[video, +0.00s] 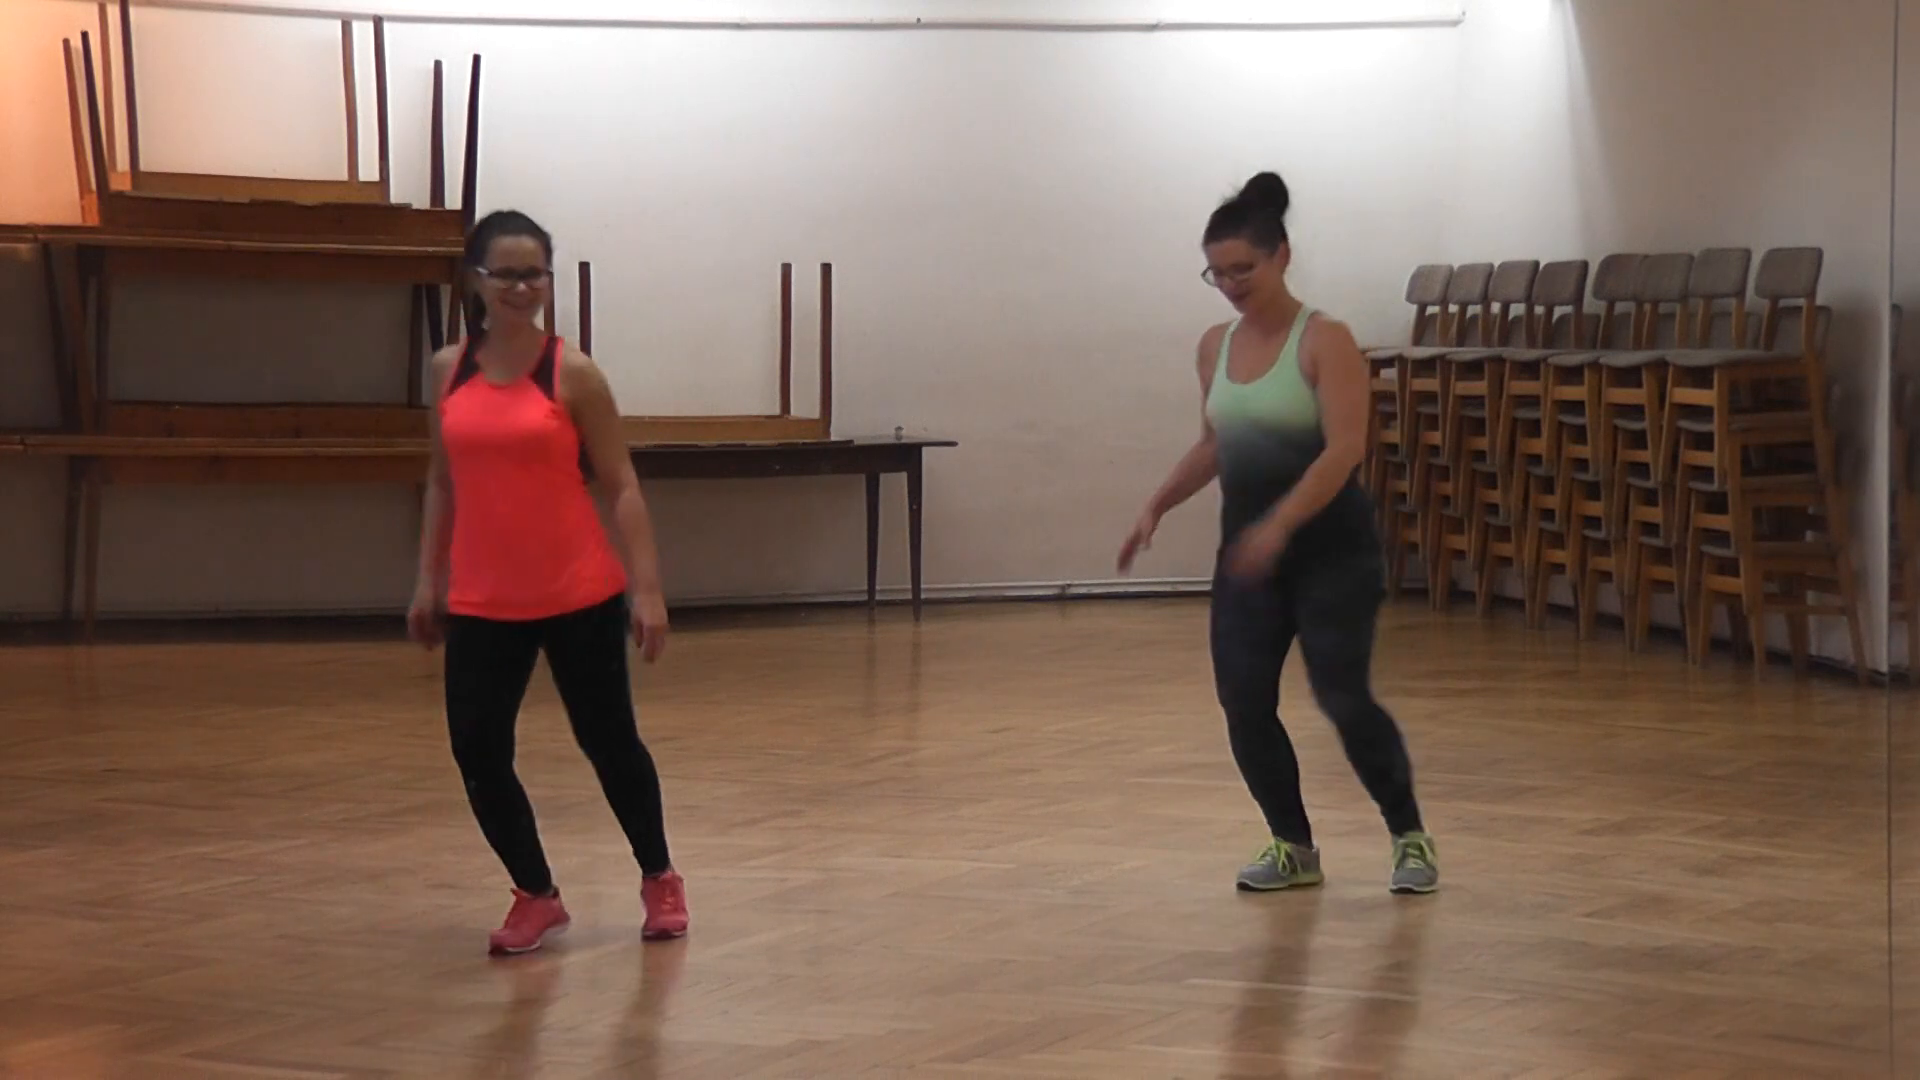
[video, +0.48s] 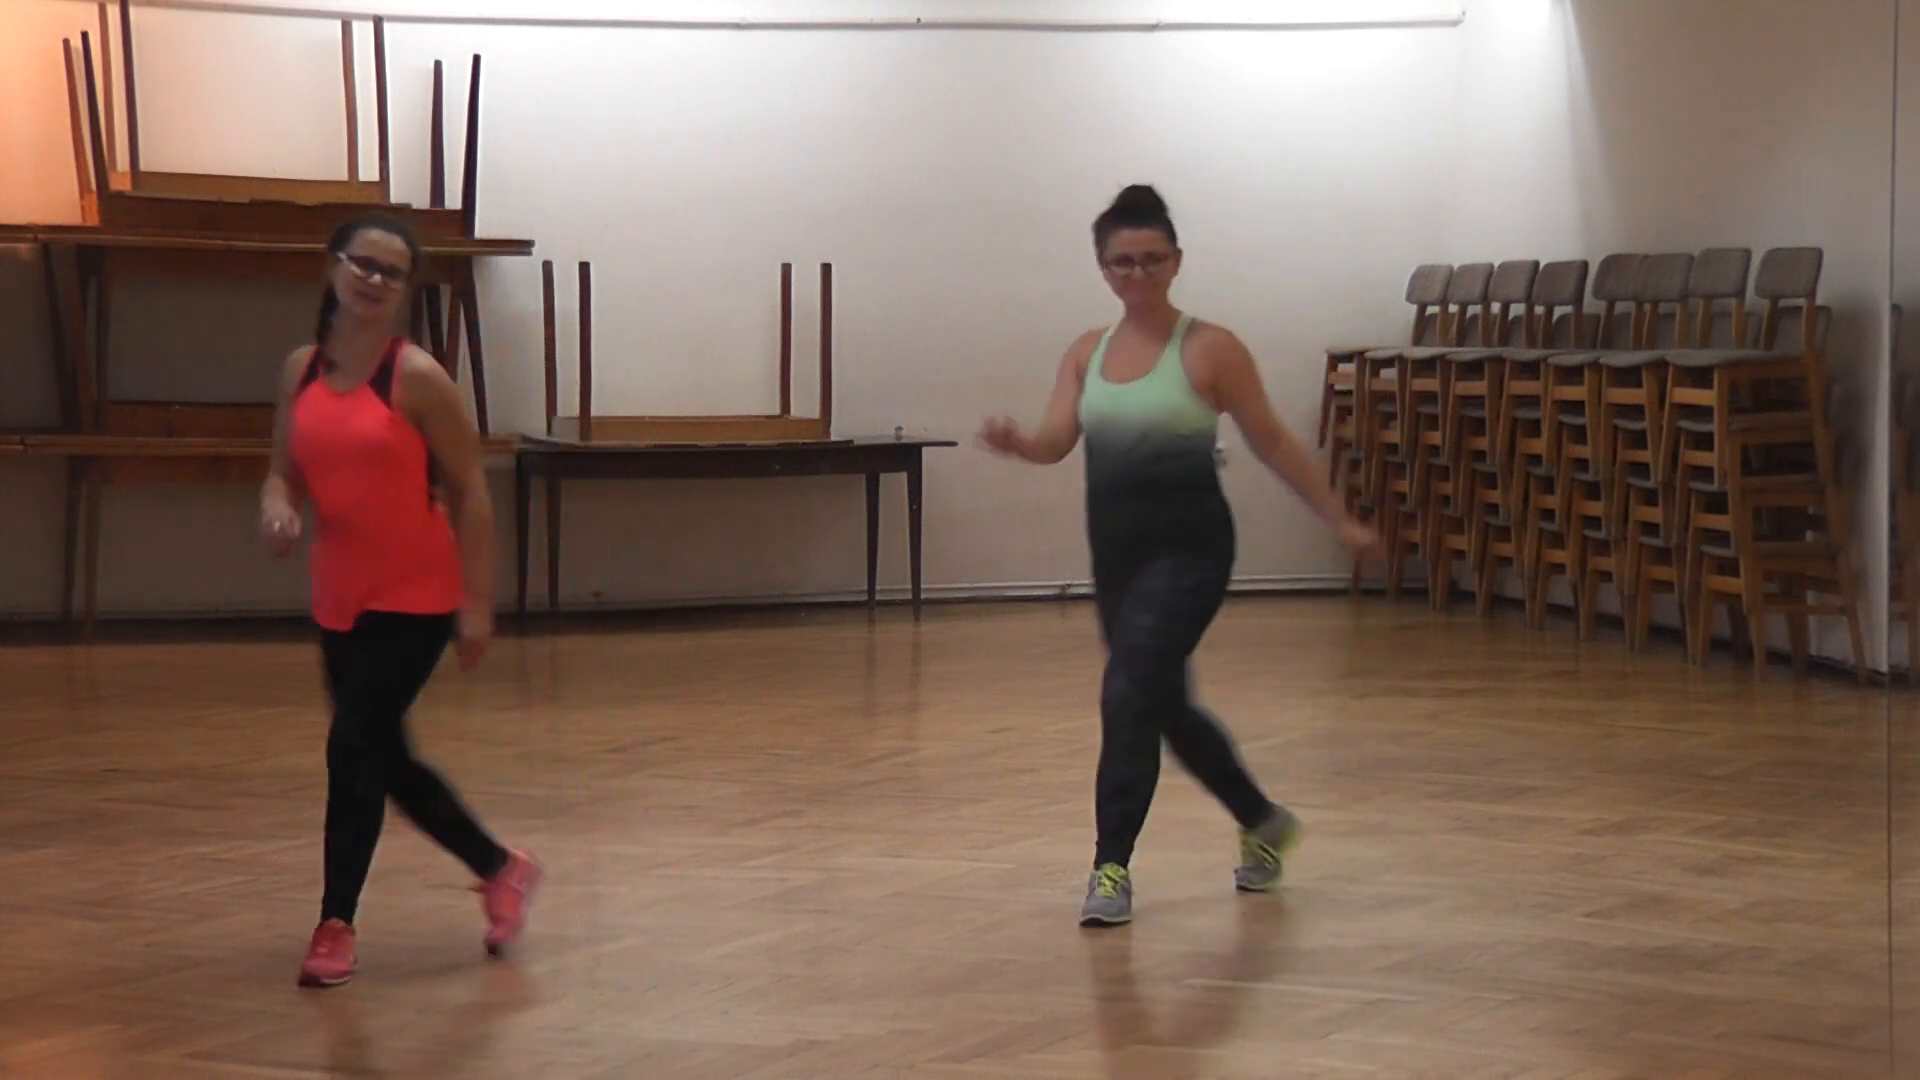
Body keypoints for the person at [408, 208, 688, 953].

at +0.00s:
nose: (521, 288)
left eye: (533, 275)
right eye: (505, 275)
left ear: (550, 280)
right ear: (475, 281)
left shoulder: (576, 375)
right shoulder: (450, 371)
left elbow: (621, 486)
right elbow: (442, 481)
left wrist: (647, 587)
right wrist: (430, 582)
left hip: (578, 594)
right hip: (484, 600)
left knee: (611, 740)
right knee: (478, 752)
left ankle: (660, 879)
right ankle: (536, 896)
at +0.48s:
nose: (374, 279)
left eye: (391, 273)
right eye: (363, 263)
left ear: (407, 291)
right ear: (333, 268)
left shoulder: (421, 378)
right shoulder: (302, 368)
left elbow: (472, 489)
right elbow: (284, 470)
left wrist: (478, 604)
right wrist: (279, 508)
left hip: (415, 591)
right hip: (339, 589)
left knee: (355, 749)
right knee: (381, 755)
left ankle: (335, 926)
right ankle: (501, 868)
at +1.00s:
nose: (217, 263)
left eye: (230, 254)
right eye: (202, 248)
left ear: (242, 270)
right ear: (164, 255)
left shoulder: (246, 361)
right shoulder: (128, 350)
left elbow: (258, 483)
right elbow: (68, 455)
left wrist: (304, 575)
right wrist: (161, 487)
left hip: (236, 592)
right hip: (139, 597)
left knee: (275, 755)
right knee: (130, 767)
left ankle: (312, 917)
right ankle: (82, 939)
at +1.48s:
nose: (179, 265)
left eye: (191, 251)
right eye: (162, 251)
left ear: (202, 255)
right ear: (122, 254)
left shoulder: (173, 342)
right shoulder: (114, 341)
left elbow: (164, 453)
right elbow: (213, 422)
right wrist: (307, 377)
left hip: (147, 583)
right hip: (92, 581)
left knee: (123, 739)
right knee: (110, 739)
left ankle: (51, 906)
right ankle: (18, 904)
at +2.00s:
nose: (321, 264)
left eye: (326, 250)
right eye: (301, 254)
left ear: (334, 256)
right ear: (262, 268)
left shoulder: (292, 347)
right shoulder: (273, 354)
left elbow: (248, 469)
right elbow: (263, 481)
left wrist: (283, 581)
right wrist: (272, 598)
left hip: (263, 579)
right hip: (249, 582)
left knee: (284, 746)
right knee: (305, 740)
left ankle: (248, 927)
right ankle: (167, 865)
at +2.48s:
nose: (507, 256)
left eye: (514, 242)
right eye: (488, 247)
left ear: (525, 249)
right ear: (450, 263)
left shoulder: (528, 339)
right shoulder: (451, 351)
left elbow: (536, 458)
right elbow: (413, 463)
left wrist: (599, 525)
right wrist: (462, 561)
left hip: (528, 581)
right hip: (466, 583)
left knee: (591, 714)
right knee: (499, 744)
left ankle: (470, 844)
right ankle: (504, 923)